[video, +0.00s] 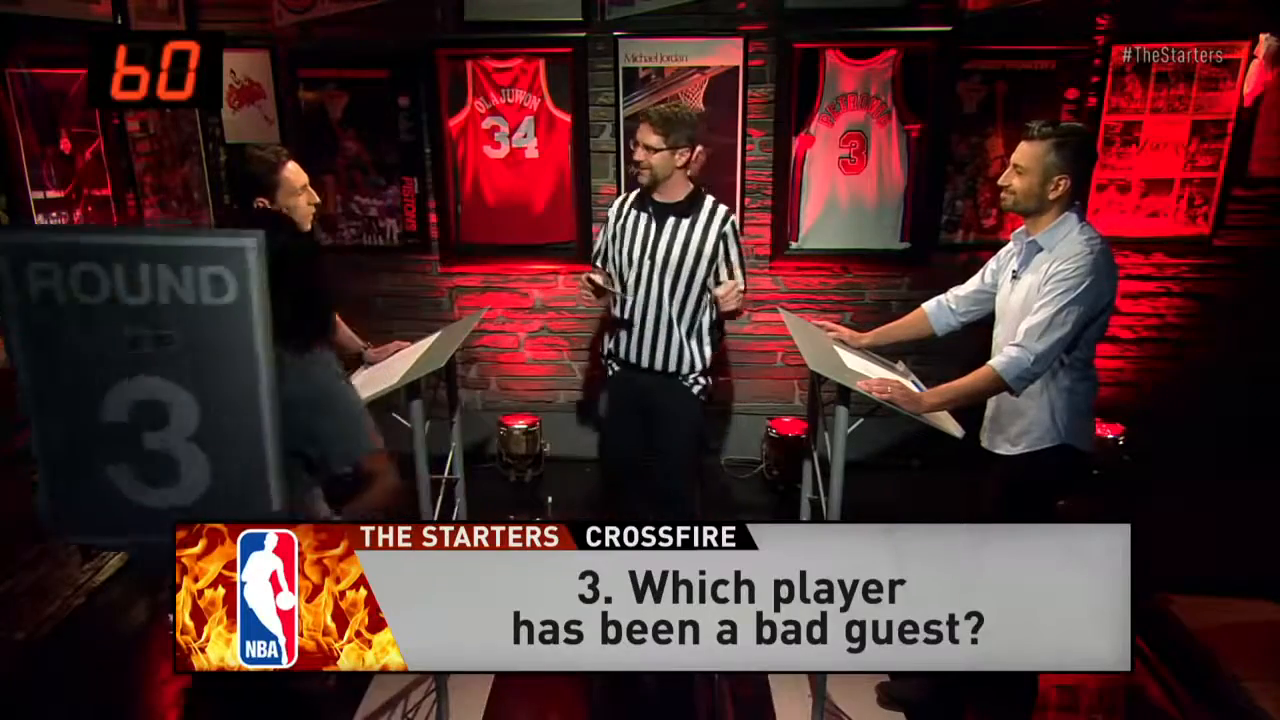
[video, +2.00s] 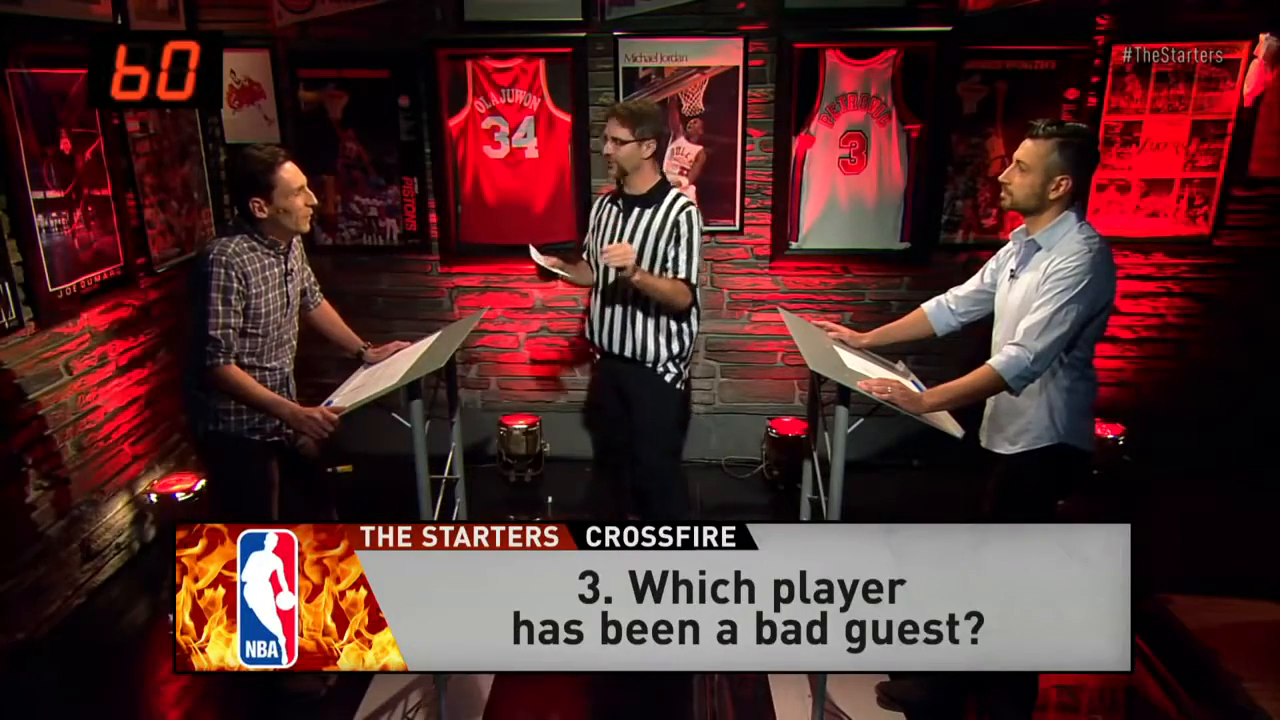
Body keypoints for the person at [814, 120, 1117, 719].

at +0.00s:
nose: (1003, 178)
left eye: (1018, 171)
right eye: (1008, 166)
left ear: (1057, 189)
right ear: (1045, 186)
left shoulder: (1084, 260)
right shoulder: (1025, 244)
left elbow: (1024, 360)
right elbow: (954, 306)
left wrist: (927, 398)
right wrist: (868, 339)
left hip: (1043, 446)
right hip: (1001, 433)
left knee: (1007, 579)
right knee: (973, 563)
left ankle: (996, 704)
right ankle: (939, 683)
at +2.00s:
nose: (1006, 175)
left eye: (1021, 168)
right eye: (1011, 164)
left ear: (1058, 188)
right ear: (1047, 184)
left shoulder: (1083, 258)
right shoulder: (1025, 243)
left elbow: (1023, 360)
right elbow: (955, 306)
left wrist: (927, 398)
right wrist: (868, 339)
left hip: (1043, 445)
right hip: (1003, 433)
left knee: (1007, 580)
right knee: (980, 565)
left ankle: (1000, 705)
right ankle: (942, 683)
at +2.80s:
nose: (1007, 172)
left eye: (1023, 166)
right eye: (1013, 161)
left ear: (1059, 188)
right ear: (1048, 183)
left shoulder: (1083, 259)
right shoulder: (1024, 243)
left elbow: (1022, 360)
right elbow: (954, 306)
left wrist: (927, 398)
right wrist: (867, 339)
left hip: (1040, 445)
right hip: (1000, 432)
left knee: (1007, 579)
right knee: (974, 561)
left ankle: (998, 704)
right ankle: (940, 681)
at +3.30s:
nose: (1007, 172)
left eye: (1023, 167)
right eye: (1013, 161)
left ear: (1059, 188)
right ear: (1048, 183)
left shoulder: (1082, 259)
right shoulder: (1024, 244)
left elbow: (1022, 361)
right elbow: (954, 307)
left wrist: (927, 398)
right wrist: (867, 339)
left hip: (1040, 444)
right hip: (1000, 432)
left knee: (1006, 577)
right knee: (976, 561)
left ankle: (995, 703)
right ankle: (941, 680)